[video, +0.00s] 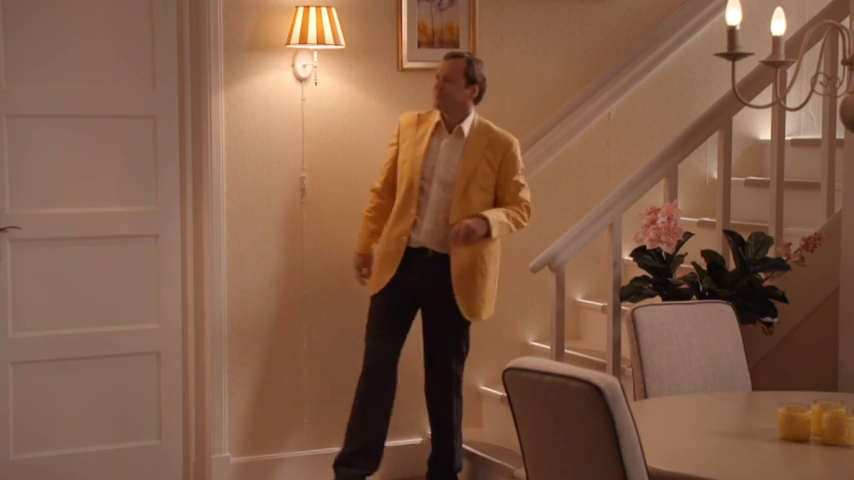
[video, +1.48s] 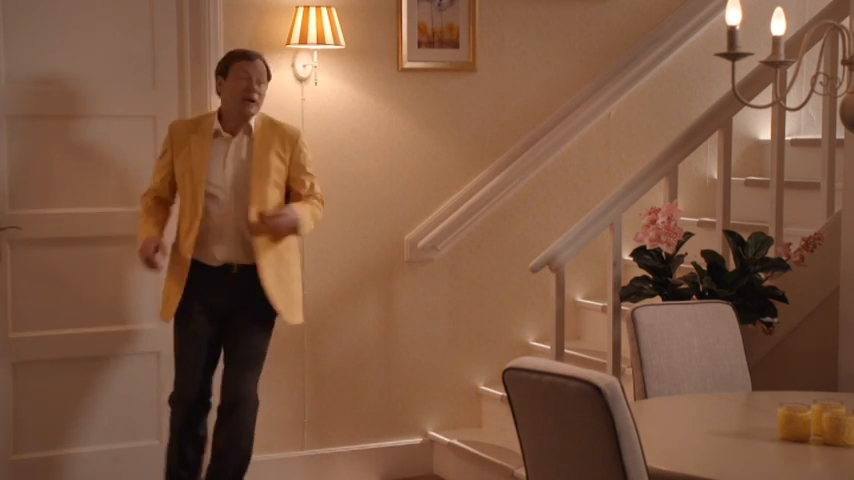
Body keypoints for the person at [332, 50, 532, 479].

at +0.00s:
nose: (436, 87)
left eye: (447, 81)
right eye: (436, 79)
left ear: (474, 91)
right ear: (434, 83)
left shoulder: (501, 146)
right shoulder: (410, 126)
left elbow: (520, 207)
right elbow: (383, 191)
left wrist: (487, 222)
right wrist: (366, 246)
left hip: (453, 271)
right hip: (399, 263)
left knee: (445, 376)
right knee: (377, 365)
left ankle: (444, 472)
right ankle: (353, 468)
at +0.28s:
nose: (384, 94)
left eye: (393, 88)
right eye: (384, 86)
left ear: (422, 93)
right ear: (388, 89)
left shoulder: (458, 142)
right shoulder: (372, 132)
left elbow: (480, 209)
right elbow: (361, 196)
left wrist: (434, 222)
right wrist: (358, 253)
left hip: (426, 278)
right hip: (372, 273)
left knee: (429, 381)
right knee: (351, 374)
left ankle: (443, 471)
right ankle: (334, 474)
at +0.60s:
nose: (305, 94)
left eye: (312, 86)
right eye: (305, 86)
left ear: (343, 90)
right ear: (331, 91)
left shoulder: (382, 137)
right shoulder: (301, 138)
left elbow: (414, 201)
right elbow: (289, 201)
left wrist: (367, 222)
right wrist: (265, 255)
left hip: (369, 276)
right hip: (316, 277)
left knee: (396, 381)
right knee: (314, 389)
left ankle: (415, 471)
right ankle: (328, 477)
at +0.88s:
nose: (256, 88)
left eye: (264, 81)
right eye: (257, 81)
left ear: (294, 88)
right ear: (280, 88)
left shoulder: (329, 134)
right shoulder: (263, 136)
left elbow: (361, 199)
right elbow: (260, 193)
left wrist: (294, 217)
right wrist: (241, 213)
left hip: (323, 278)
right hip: (279, 276)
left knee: (306, 396)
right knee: (305, 393)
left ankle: (294, 476)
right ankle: (332, 474)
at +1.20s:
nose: (221, 89)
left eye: (232, 83)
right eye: (225, 82)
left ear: (261, 95)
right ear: (250, 96)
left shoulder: (283, 147)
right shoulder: (235, 140)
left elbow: (292, 221)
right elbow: (238, 207)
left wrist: (222, 217)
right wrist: (207, 218)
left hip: (259, 304)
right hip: (222, 298)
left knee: (218, 403)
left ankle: (208, 478)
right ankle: (285, 455)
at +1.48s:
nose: (254, 89)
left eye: (261, 82)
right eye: (245, 80)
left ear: (268, 91)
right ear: (220, 84)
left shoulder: (286, 141)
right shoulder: (183, 136)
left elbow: (313, 201)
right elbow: (158, 196)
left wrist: (299, 215)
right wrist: (151, 233)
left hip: (257, 285)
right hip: (198, 282)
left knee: (240, 400)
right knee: (188, 398)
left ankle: (224, 479)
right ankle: (181, 477)